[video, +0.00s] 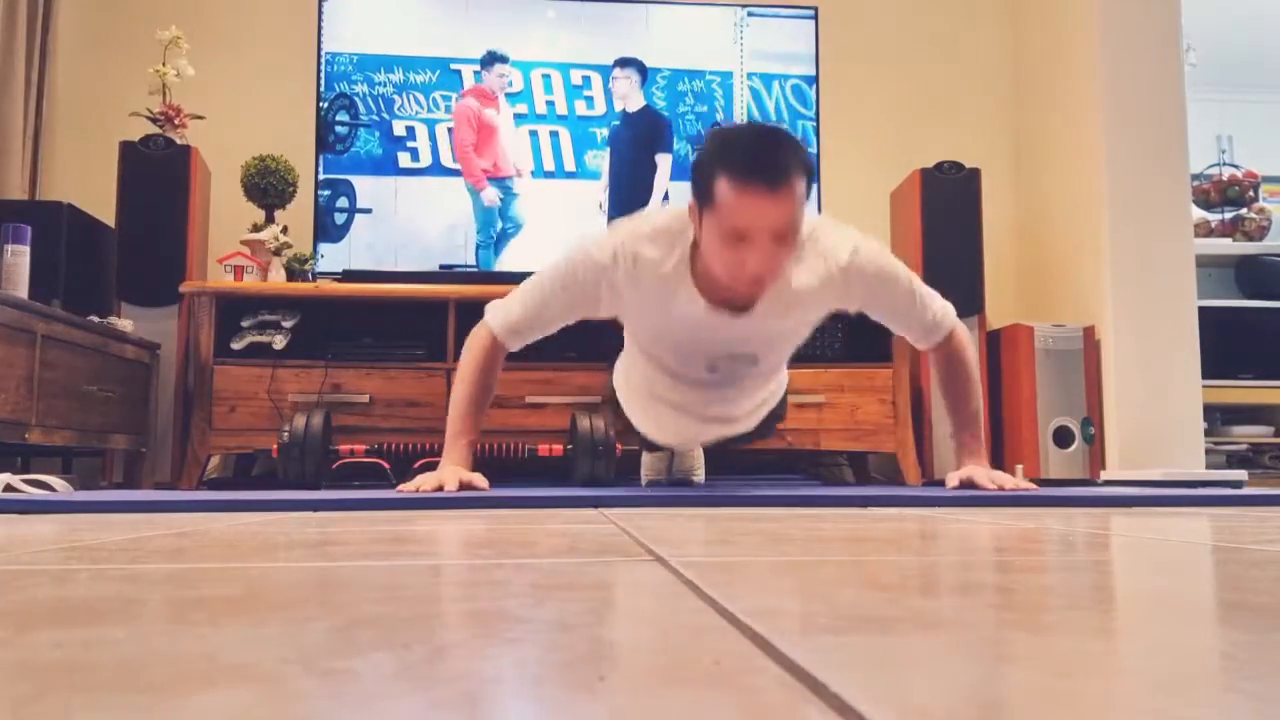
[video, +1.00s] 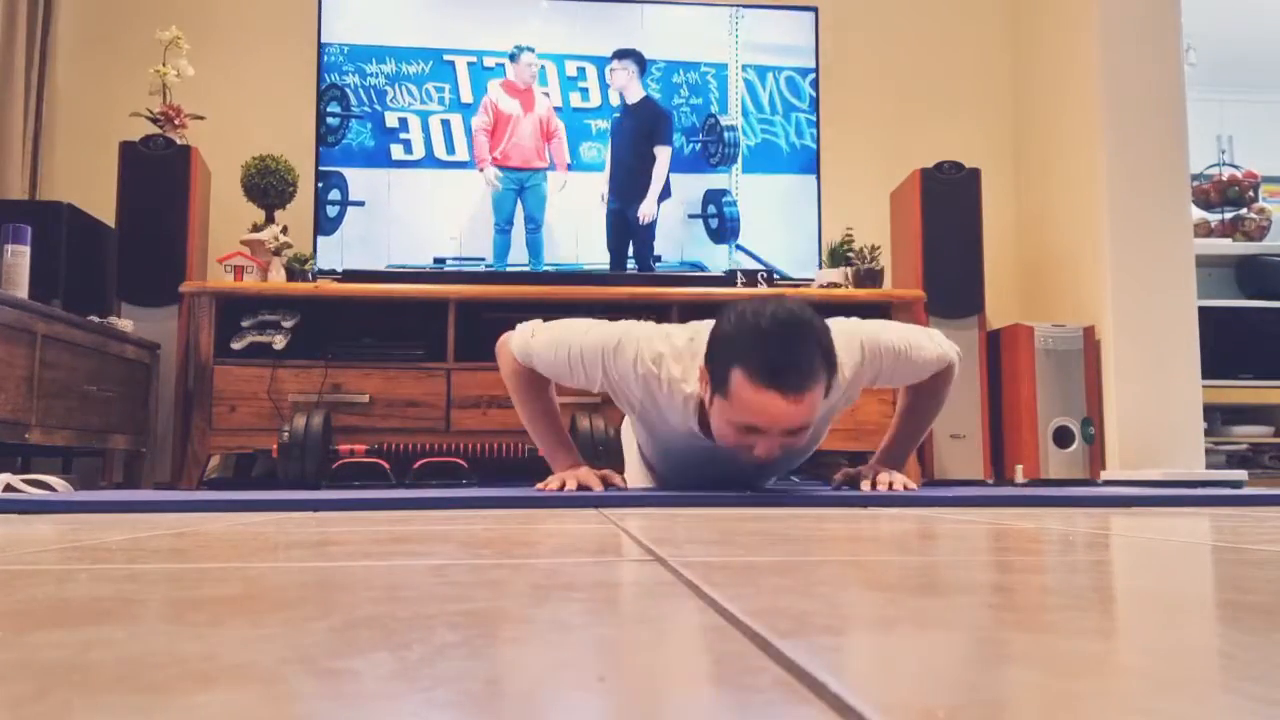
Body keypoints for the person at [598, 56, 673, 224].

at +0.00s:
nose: (610, 85)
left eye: (615, 79)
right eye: (611, 79)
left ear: (633, 81)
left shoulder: (658, 122)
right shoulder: (616, 122)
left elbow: (664, 168)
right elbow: (610, 160)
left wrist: (653, 208)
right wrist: (603, 190)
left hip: (646, 215)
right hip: (617, 213)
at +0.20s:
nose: (611, 83)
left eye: (617, 78)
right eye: (611, 78)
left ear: (634, 81)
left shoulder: (659, 121)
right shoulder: (617, 122)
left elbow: (664, 166)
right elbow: (610, 161)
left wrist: (654, 204)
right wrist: (604, 189)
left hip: (643, 206)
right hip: (617, 204)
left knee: (646, 266)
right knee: (619, 265)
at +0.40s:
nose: (611, 81)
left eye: (616, 76)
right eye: (611, 76)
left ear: (633, 78)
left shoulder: (658, 119)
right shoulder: (618, 120)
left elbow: (664, 163)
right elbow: (610, 157)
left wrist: (653, 202)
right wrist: (604, 187)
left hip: (643, 203)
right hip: (617, 200)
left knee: (645, 260)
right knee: (618, 260)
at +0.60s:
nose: (610, 81)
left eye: (616, 74)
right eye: (610, 75)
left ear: (632, 77)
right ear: (629, 77)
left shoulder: (654, 117)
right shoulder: (618, 118)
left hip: (644, 205)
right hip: (616, 206)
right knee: (619, 270)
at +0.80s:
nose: (609, 79)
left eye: (613, 73)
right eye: (610, 73)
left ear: (631, 75)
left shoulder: (659, 117)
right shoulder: (617, 116)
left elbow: (663, 163)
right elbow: (610, 156)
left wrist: (651, 205)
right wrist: (605, 188)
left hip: (644, 208)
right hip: (616, 207)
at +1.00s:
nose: (609, 76)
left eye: (614, 70)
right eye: (609, 71)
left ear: (631, 73)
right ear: (625, 75)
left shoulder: (659, 115)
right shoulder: (619, 115)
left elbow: (663, 160)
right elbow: (611, 154)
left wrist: (651, 199)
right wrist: (606, 184)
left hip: (642, 199)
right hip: (616, 198)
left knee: (643, 260)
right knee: (616, 259)